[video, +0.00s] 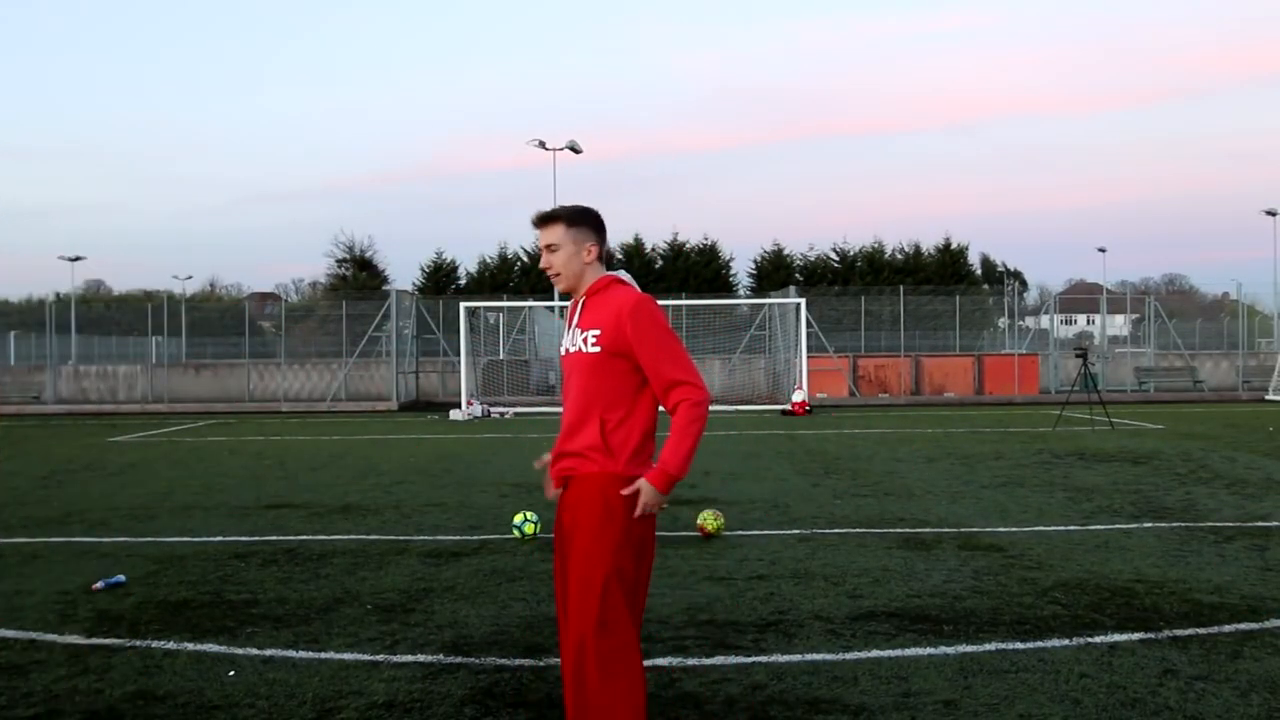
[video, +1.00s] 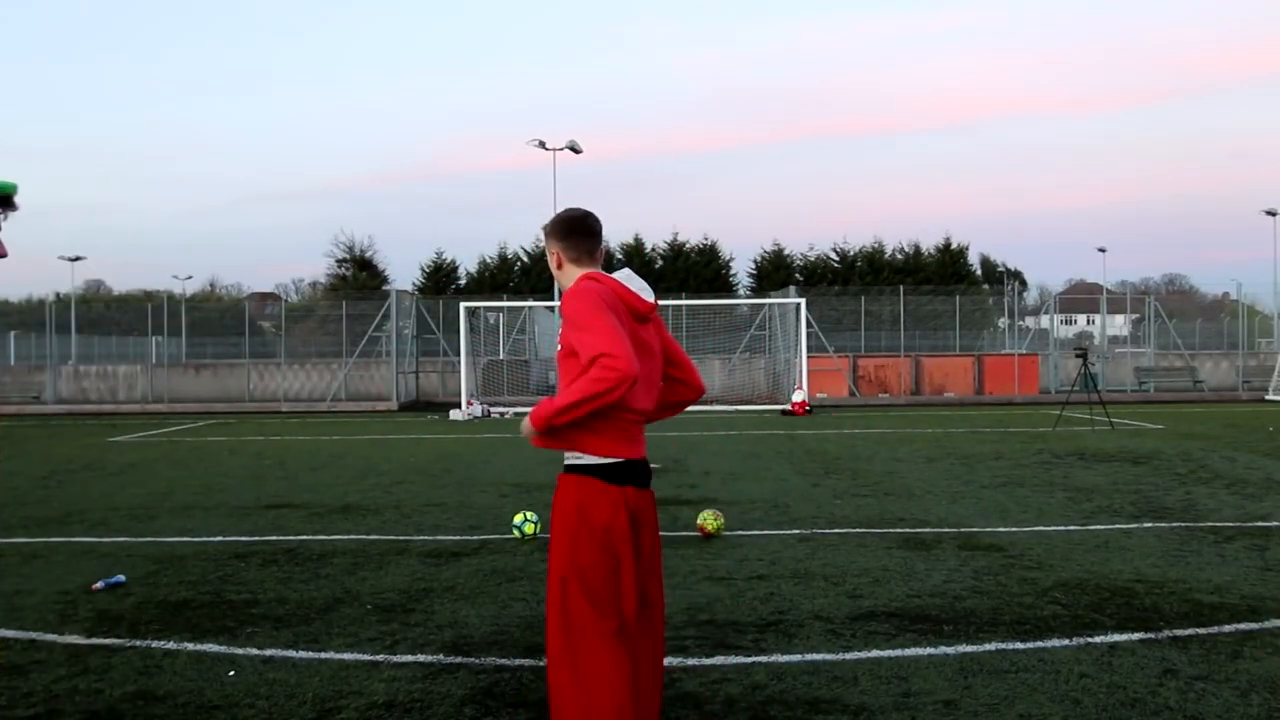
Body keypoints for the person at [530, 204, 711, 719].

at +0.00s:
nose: (543, 263)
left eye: (552, 250)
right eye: (541, 253)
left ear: (590, 250)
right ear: (579, 254)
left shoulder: (628, 305)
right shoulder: (580, 309)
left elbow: (691, 397)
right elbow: (594, 401)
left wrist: (662, 478)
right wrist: (560, 457)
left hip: (614, 493)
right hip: (577, 493)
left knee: (603, 639)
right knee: (576, 638)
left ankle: (615, 716)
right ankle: (583, 715)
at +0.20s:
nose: (534, 267)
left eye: (538, 254)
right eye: (534, 255)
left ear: (570, 252)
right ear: (576, 253)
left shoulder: (618, 304)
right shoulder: (591, 305)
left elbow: (685, 398)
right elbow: (630, 398)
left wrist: (632, 475)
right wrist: (582, 466)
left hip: (606, 498)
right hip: (586, 495)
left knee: (600, 646)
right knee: (579, 644)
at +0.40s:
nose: (535, 268)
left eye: (535, 256)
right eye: (533, 257)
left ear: (556, 256)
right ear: (585, 251)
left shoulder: (600, 305)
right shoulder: (610, 299)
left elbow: (663, 396)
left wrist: (601, 465)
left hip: (607, 502)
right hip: (609, 498)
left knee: (604, 644)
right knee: (597, 641)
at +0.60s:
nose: (537, 263)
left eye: (536, 253)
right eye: (535, 254)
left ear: (548, 253)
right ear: (592, 247)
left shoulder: (588, 303)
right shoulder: (627, 296)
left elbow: (630, 391)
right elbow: (691, 354)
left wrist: (580, 455)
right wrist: (648, 415)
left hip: (606, 495)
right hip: (637, 492)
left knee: (604, 637)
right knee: (631, 632)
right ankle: (633, 710)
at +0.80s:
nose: (543, 263)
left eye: (541, 254)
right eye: (541, 255)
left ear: (549, 254)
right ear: (598, 250)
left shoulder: (579, 301)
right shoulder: (634, 301)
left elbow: (616, 383)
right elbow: (692, 378)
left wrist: (570, 458)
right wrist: (645, 441)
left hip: (598, 496)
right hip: (638, 494)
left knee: (600, 632)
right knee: (639, 626)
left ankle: (610, 713)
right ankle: (642, 710)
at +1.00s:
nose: (550, 266)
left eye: (547, 258)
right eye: (549, 259)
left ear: (554, 257)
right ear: (602, 253)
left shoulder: (583, 296)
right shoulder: (632, 299)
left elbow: (614, 370)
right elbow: (686, 384)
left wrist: (542, 417)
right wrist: (621, 412)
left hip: (591, 486)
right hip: (634, 485)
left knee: (587, 631)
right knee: (635, 626)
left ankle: (596, 715)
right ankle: (635, 713)